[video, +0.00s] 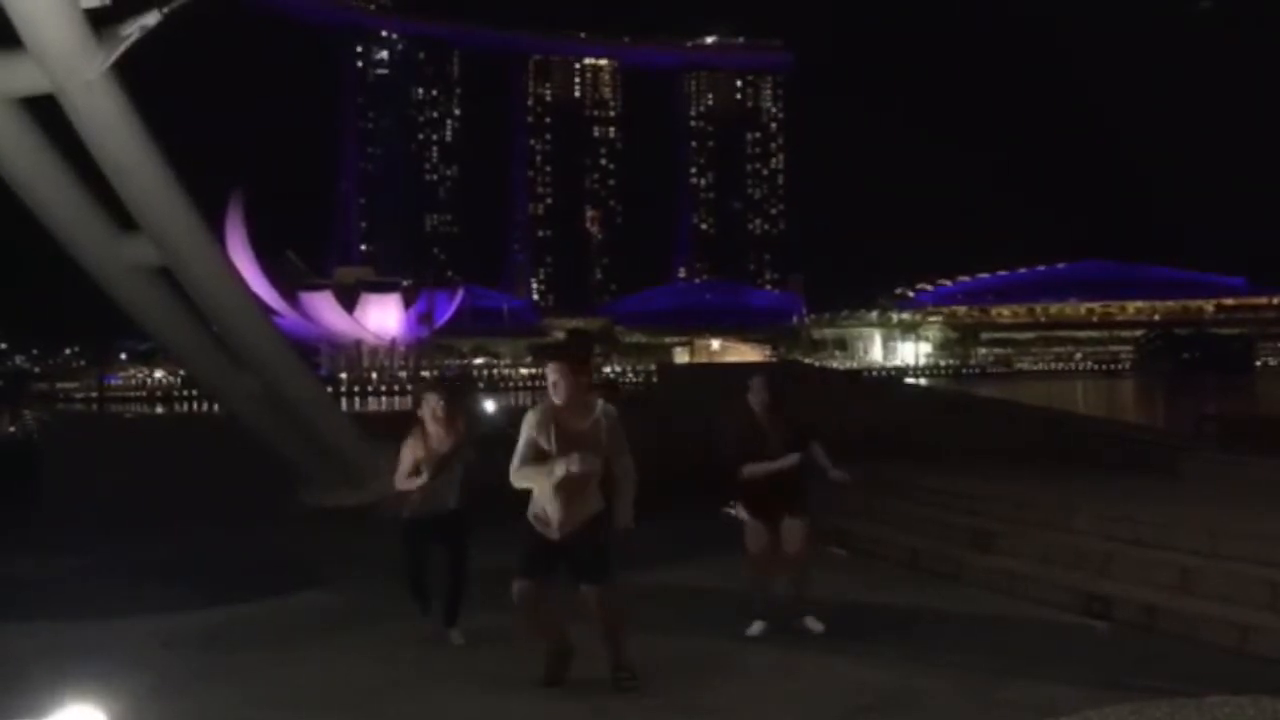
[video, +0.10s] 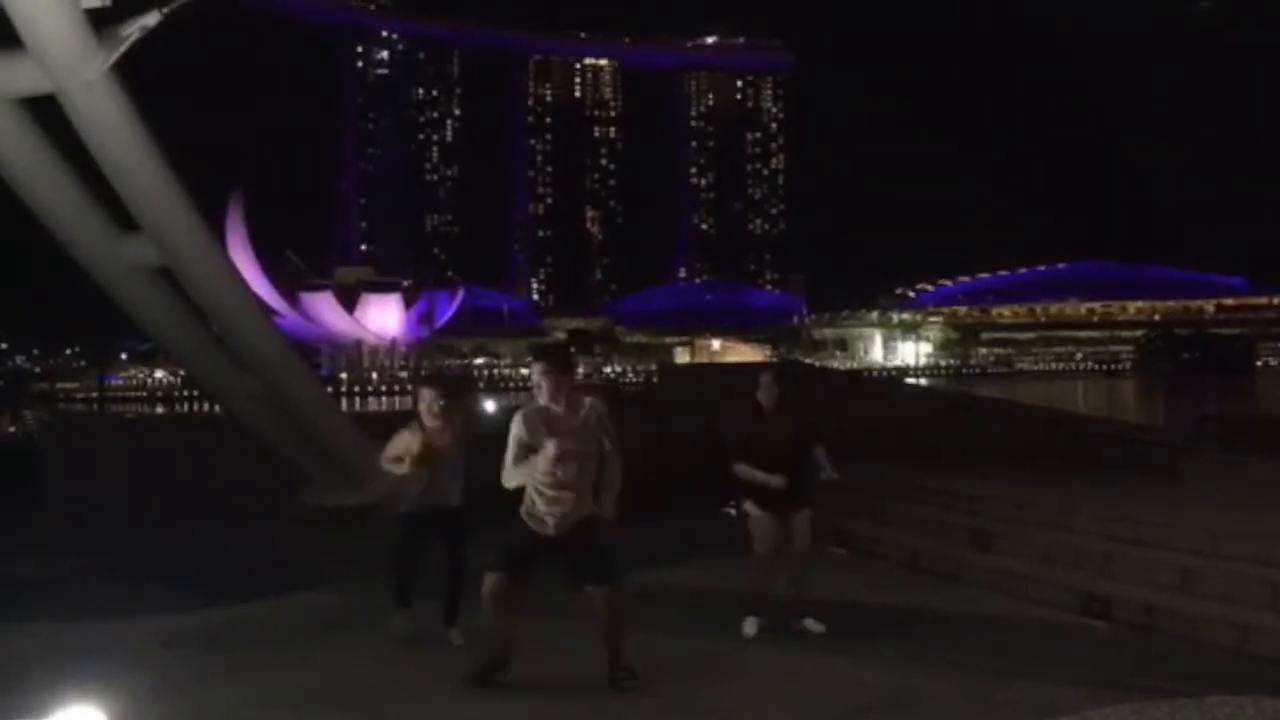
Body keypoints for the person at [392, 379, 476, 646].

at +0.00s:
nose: (438, 409)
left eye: (442, 403)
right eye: (431, 404)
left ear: (448, 407)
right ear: (421, 410)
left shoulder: (458, 438)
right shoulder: (415, 443)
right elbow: (399, 481)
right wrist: (422, 479)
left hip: (451, 512)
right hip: (420, 514)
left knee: (457, 567)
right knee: (415, 565)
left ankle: (452, 623)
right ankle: (424, 607)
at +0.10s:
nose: (434, 408)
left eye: (439, 401)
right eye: (427, 402)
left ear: (449, 404)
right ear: (418, 405)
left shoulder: (457, 432)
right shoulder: (411, 436)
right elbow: (386, 460)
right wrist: (404, 467)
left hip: (451, 508)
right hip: (416, 509)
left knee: (456, 565)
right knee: (405, 559)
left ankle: (451, 622)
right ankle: (403, 612)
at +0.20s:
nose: (424, 411)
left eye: (428, 405)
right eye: (418, 406)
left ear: (439, 408)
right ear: (410, 410)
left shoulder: (450, 436)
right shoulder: (407, 436)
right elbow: (357, 433)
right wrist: (386, 449)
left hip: (446, 511)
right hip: (411, 511)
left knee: (461, 568)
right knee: (391, 566)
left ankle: (446, 624)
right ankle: (374, 627)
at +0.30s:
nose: (420, 422)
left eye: (425, 417)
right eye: (415, 417)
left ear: (435, 417)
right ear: (408, 418)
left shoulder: (445, 441)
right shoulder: (404, 441)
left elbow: (473, 448)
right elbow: (365, 432)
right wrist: (398, 449)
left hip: (440, 522)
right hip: (404, 522)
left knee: (459, 575)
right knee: (386, 574)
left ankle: (444, 628)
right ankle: (368, 631)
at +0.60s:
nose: (430, 399)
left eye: (434, 393)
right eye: (424, 394)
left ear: (442, 395)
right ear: (415, 397)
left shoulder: (450, 420)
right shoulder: (408, 418)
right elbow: (369, 421)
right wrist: (404, 436)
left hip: (444, 500)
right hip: (411, 502)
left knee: (463, 562)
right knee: (404, 563)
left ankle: (444, 621)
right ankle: (394, 624)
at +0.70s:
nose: (434, 405)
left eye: (437, 399)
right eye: (429, 399)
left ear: (443, 402)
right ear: (419, 401)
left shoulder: (447, 426)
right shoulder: (411, 427)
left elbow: (452, 448)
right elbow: (384, 421)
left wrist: (484, 445)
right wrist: (430, 432)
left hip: (446, 508)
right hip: (416, 510)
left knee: (463, 567)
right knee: (411, 570)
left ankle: (440, 629)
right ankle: (398, 627)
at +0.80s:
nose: (435, 408)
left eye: (440, 402)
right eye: (429, 403)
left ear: (449, 405)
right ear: (420, 406)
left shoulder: (451, 433)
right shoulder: (416, 435)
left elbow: (470, 454)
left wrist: (496, 453)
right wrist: (436, 453)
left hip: (449, 513)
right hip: (418, 517)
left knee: (462, 568)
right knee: (419, 571)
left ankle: (438, 628)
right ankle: (393, 615)